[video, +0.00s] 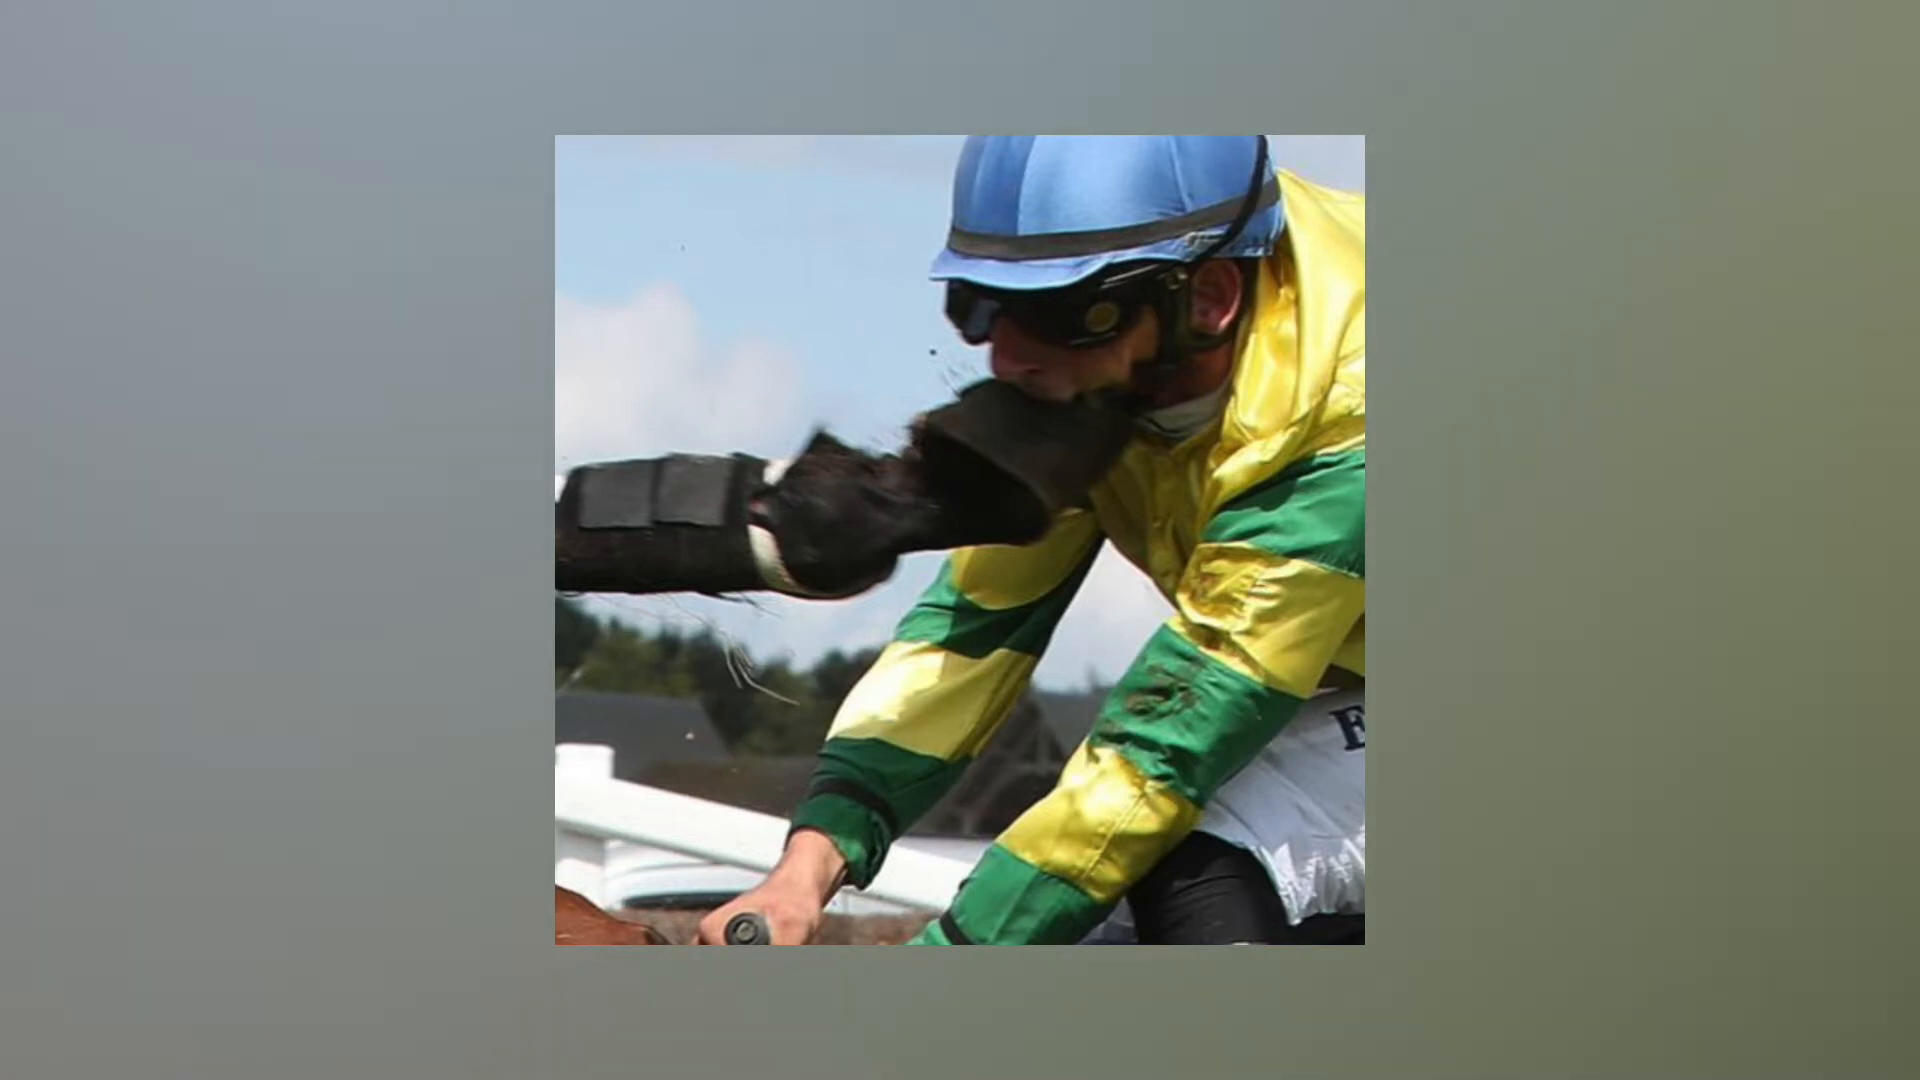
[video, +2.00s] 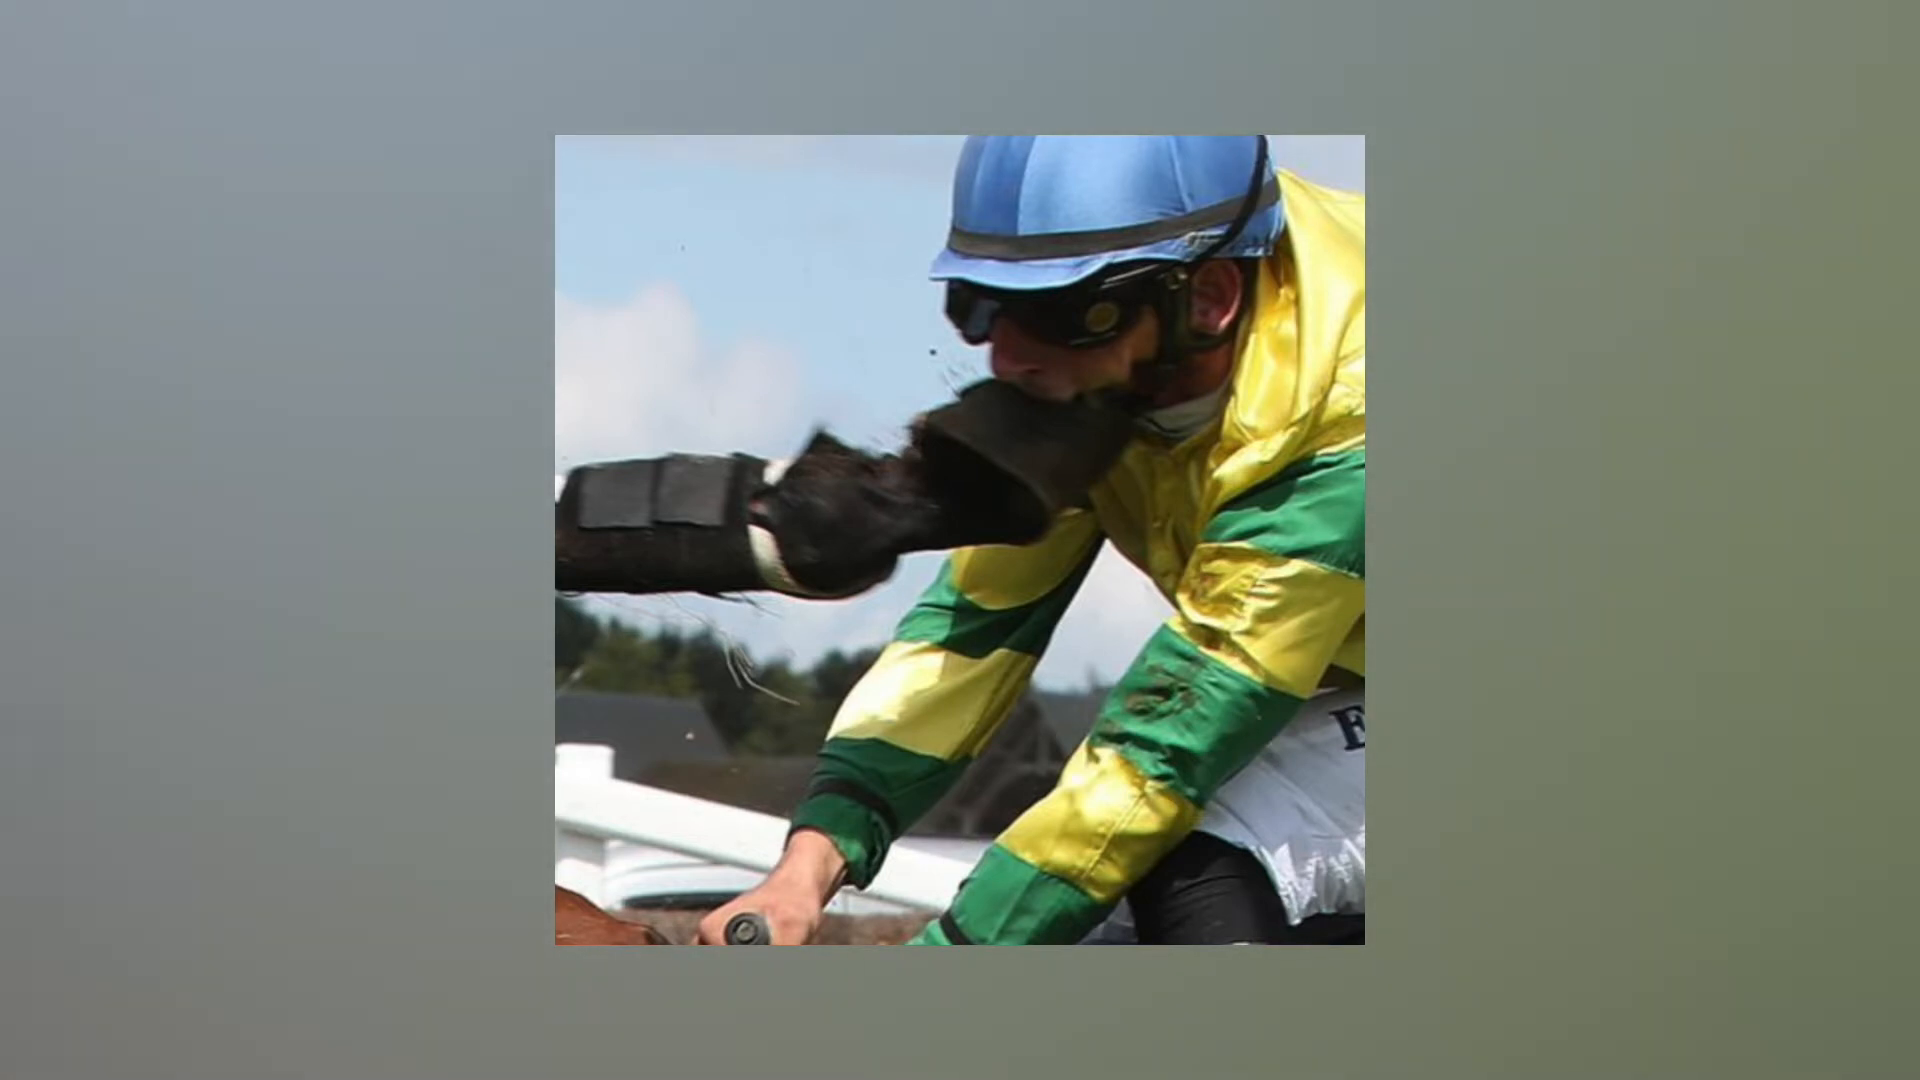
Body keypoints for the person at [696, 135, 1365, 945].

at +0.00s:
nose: (1005, 359)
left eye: (1056, 319)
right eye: (989, 310)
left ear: (1210, 298)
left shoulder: (1341, 428)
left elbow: (1161, 751)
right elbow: (969, 623)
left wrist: (933, 966)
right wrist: (805, 871)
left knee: (1204, 864)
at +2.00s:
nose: (1005, 358)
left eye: (1056, 319)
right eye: (989, 309)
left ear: (1210, 298)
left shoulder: (1341, 429)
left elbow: (1160, 752)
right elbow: (969, 623)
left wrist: (933, 965)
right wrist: (805, 871)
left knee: (1205, 865)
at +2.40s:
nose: (1005, 359)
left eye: (1057, 319)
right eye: (989, 310)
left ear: (1210, 298)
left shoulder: (1342, 428)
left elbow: (1160, 751)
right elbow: (969, 623)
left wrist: (933, 966)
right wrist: (805, 870)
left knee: (1205, 865)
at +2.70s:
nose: (1005, 359)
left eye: (1057, 319)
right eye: (989, 310)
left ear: (1210, 298)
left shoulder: (1342, 429)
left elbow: (1161, 751)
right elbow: (969, 623)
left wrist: (935, 963)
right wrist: (805, 871)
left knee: (1204, 865)